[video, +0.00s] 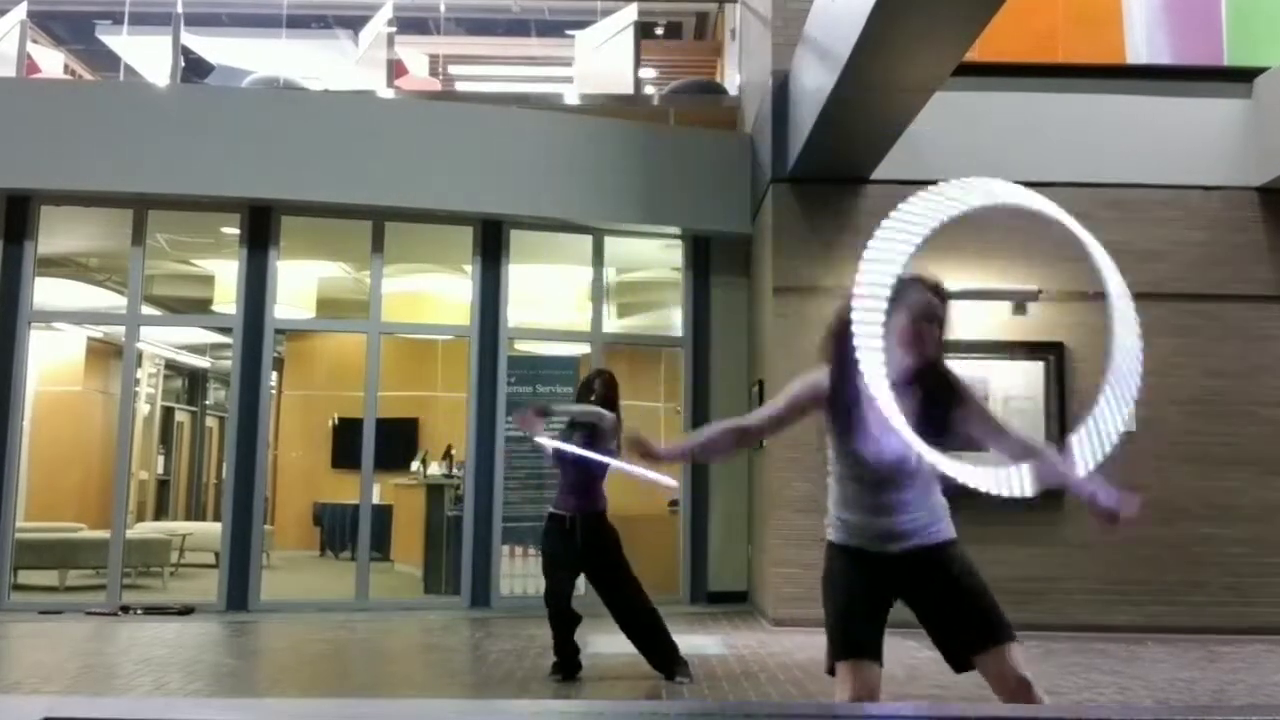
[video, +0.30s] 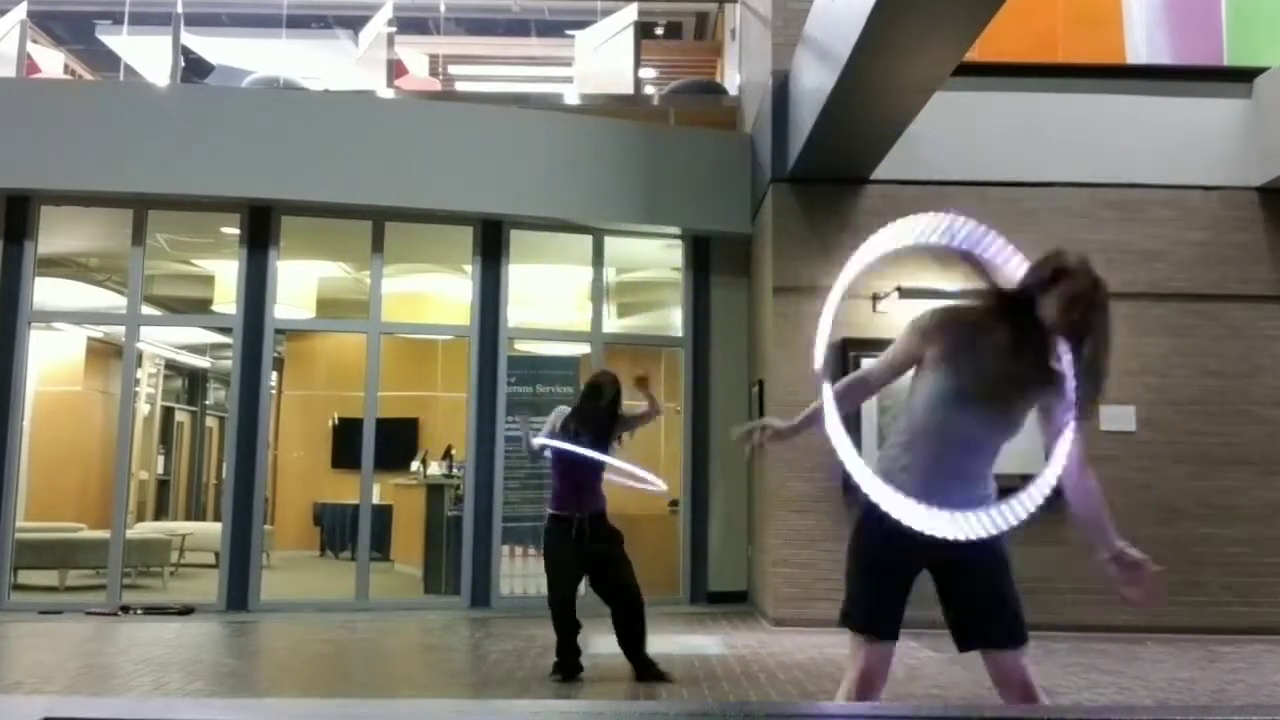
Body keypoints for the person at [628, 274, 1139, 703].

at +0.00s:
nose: (921, 334)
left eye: (932, 324)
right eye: (912, 319)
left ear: (941, 333)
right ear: (882, 322)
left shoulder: (944, 393)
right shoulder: (835, 383)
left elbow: (1018, 447)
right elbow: (751, 429)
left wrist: (1094, 490)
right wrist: (671, 454)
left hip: (931, 548)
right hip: (855, 552)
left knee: (1008, 679)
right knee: (859, 688)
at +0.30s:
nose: (1063, 329)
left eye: (1074, 322)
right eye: (1062, 313)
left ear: (1078, 322)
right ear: (1038, 294)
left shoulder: (1046, 367)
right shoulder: (945, 327)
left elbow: (1072, 463)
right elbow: (865, 382)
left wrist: (1110, 545)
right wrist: (793, 427)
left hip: (971, 523)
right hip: (891, 513)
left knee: (1015, 681)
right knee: (867, 675)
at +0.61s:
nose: (1030, 317)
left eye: (1042, 309)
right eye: (1032, 300)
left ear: (1041, 311)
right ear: (1008, 282)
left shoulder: (1029, 357)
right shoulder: (925, 322)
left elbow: (1057, 451)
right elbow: (861, 388)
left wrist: (1141, 478)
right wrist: (816, 433)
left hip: (971, 529)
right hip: (897, 520)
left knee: (1028, 687)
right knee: (885, 691)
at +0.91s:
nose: (954, 311)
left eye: (954, 302)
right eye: (944, 301)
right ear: (913, 307)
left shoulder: (942, 390)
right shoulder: (871, 342)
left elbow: (1002, 439)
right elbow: (822, 412)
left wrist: (1073, 414)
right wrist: (845, 444)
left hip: (937, 539)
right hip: (872, 538)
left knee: (1009, 683)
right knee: (887, 695)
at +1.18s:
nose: (901, 310)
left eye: (898, 299)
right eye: (892, 299)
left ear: (873, 310)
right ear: (866, 307)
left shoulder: (887, 381)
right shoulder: (838, 343)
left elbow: (945, 456)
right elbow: (812, 417)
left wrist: (966, 422)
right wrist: (863, 461)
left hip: (918, 539)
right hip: (864, 543)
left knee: (991, 672)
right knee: (896, 694)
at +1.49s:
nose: (884, 283)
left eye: (881, 273)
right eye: (875, 273)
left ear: (851, 281)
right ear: (851, 279)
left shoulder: (860, 347)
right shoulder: (829, 322)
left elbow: (938, 416)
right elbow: (818, 407)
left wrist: (981, 391)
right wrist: (885, 462)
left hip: (899, 520)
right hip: (853, 524)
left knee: (980, 652)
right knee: (877, 685)